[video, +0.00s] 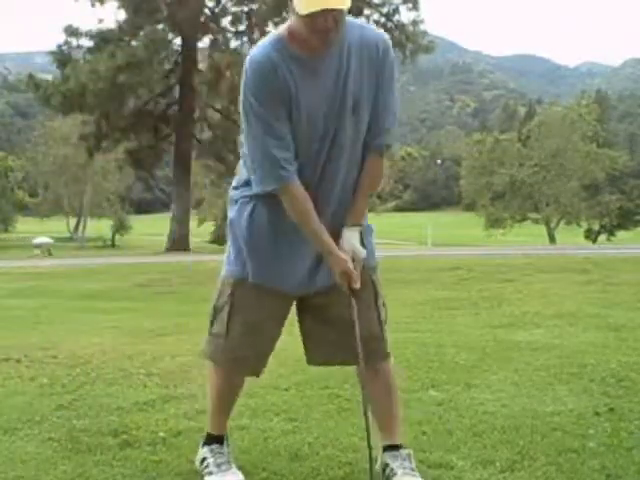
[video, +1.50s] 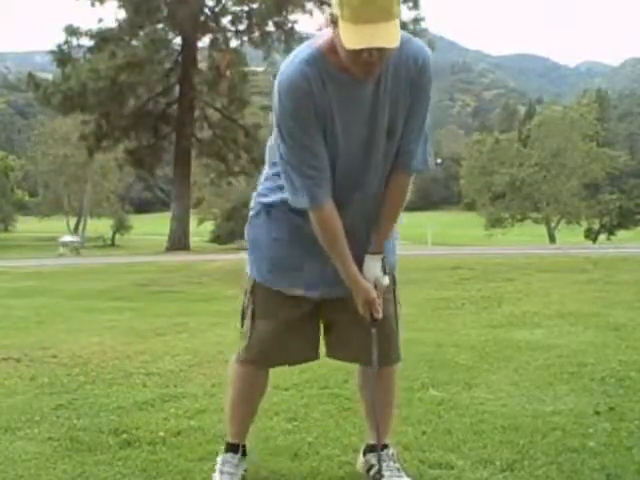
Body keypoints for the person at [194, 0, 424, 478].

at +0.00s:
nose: (328, 21)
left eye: (336, 10)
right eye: (315, 13)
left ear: (349, 4)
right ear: (293, 8)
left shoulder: (375, 47)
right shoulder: (266, 63)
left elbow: (376, 149)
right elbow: (279, 174)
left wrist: (352, 228)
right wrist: (329, 249)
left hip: (343, 225)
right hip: (269, 223)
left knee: (373, 344)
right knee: (236, 343)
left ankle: (394, 455)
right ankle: (214, 446)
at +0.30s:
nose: (382, 40)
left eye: (393, 29)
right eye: (371, 29)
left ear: (409, 16)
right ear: (347, 11)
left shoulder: (432, 58)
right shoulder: (316, 67)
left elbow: (421, 162)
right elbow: (325, 182)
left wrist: (387, 243)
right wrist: (362, 265)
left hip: (382, 227)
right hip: (304, 216)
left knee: (391, 345)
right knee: (263, 330)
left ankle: (397, 455)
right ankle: (240, 436)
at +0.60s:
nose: (368, 48)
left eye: (378, 38)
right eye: (358, 38)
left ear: (393, 21)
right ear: (336, 20)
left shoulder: (418, 60)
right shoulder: (303, 74)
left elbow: (408, 164)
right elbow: (316, 191)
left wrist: (378, 251)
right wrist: (351, 273)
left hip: (376, 226)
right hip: (299, 222)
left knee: (388, 346)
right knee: (267, 343)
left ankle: (395, 455)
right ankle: (246, 450)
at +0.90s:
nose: (329, 56)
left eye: (339, 45)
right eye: (317, 48)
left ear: (355, 25)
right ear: (295, 28)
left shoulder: (383, 60)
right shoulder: (267, 81)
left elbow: (374, 163)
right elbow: (290, 193)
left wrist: (353, 252)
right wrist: (329, 275)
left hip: (350, 218)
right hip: (272, 220)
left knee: (384, 330)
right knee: (246, 342)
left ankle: (390, 446)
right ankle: (243, 453)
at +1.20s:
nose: (353, 55)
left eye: (362, 44)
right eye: (340, 46)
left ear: (378, 24)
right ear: (317, 26)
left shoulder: (406, 62)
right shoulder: (287, 78)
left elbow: (395, 167)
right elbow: (305, 195)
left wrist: (366, 254)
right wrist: (343, 277)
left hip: (366, 226)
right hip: (287, 223)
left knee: (383, 342)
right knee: (257, 342)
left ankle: (380, 451)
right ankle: (240, 449)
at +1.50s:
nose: (371, 57)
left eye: (381, 46)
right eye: (359, 47)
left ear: (395, 28)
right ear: (333, 27)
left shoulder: (413, 63)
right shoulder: (299, 79)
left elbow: (403, 166)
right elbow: (316, 195)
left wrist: (375, 253)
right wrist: (353, 277)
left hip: (368, 227)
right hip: (291, 222)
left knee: (381, 343)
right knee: (259, 344)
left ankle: (379, 453)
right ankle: (233, 454)